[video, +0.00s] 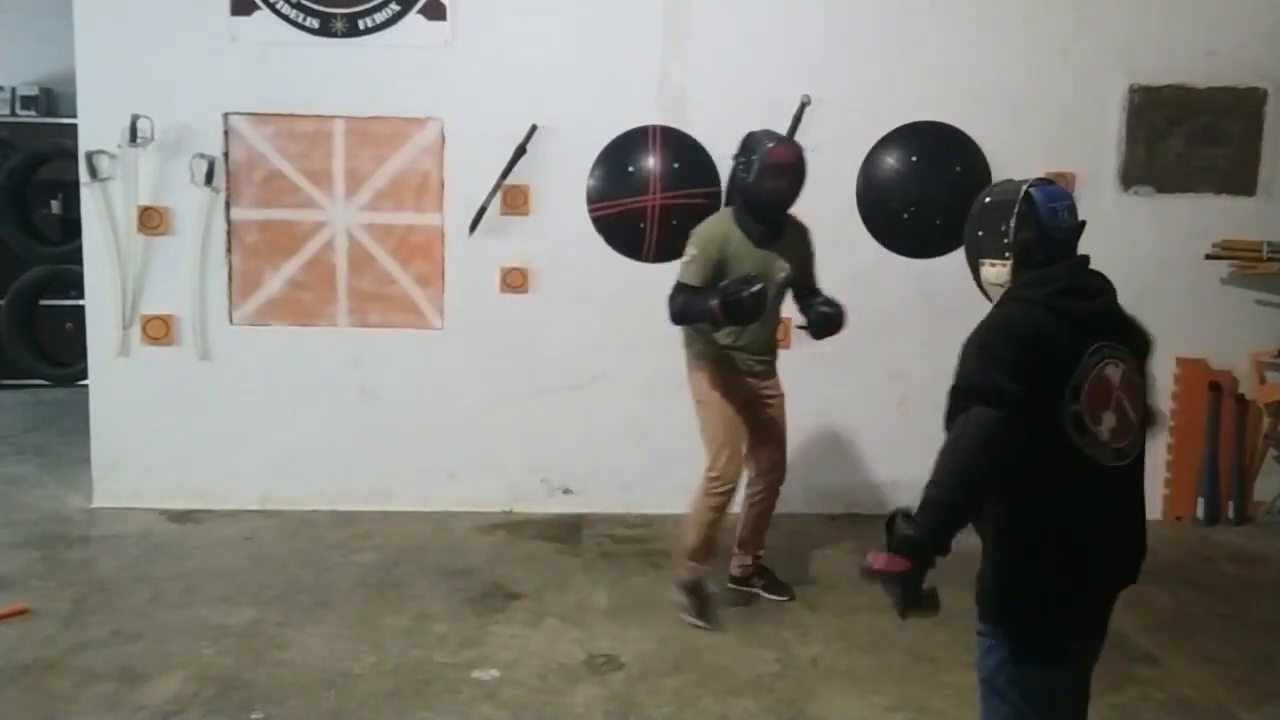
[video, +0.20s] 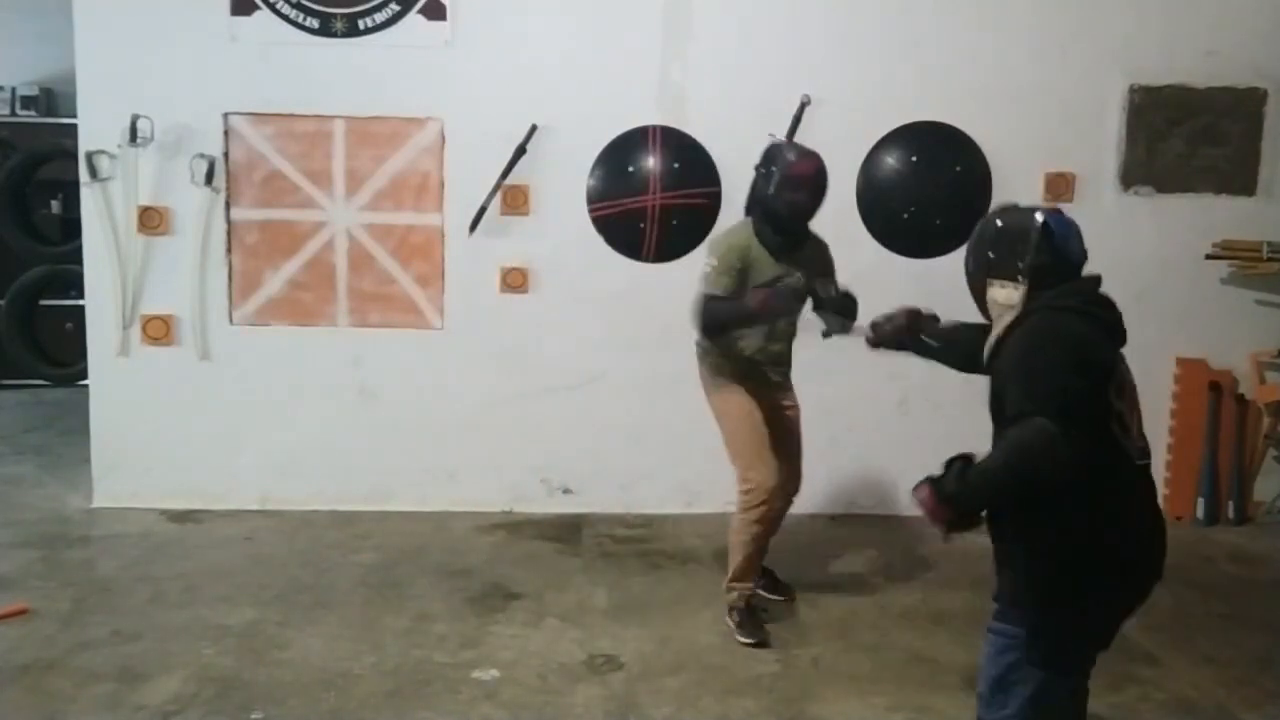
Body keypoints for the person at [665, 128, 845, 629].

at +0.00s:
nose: (785, 189)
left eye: (792, 179)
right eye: (776, 177)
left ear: (798, 182)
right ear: (748, 176)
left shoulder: (794, 235)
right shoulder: (714, 233)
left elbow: (805, 292)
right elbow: (679, 305)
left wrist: (821, 312)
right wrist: (719, 306)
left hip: (762, 368)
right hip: (713, 363)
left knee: (769, 467)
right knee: (726, 464)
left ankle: (747, 568)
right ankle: (692, 575)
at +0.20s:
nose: (802, 202)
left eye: (811, 193)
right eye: (793, 190)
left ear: (818, 198)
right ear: (767, 188)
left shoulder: (813, 251)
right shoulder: (733, 244)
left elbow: (835, 314)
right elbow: (708, 319)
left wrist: (836, 306)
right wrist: (763, 304)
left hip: (775, 375)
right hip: (727, 371)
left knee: (787, 482)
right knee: (761, 481)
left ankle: (751, 567)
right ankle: (738, 596)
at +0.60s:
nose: (830, 233)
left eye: (839, 223)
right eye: (821, 220)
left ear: (845, 226)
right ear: (793, 217)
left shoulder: (839, 279)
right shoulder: (760, 270)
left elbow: (836, 340)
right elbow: (716, 353)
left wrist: (852, 354)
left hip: (805, 405)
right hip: (751, 406)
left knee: (837, 501)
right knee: (786, 508)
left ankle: (780, 548)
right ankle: (772, 629)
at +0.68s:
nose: (829, 224)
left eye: (838, 214)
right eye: (819, 212)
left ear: (846, 217)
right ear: (792, 210)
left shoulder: (844, 271)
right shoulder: (760, 264)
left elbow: (845, 339)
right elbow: (702, 332)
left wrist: (861, 349)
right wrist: (729, 382)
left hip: (813, 405)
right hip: (762, 402)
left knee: (834, 499)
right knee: (784, 508)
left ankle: (791, 554)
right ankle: (771, 627)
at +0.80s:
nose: (820, 226)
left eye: (829, 216)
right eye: (811, 215)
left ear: (839, 213)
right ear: (790, 208)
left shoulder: (847, 262)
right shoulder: (761, 254)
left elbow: (862, 328)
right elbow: (700, 313)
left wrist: (888, 328)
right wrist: (718, 358)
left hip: (817, 396)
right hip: (769, 392)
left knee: (822, 496)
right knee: (786, 502)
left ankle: (790, 563)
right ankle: (770, 624)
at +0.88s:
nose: (817, 204)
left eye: (827, 194)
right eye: (808, 192)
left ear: (839, 200)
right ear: (787, 195)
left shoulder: (848, 257)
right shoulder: (759, 252)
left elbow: (874, 326)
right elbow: (708, 313)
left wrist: (890, 308)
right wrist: (725, 349)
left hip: (822, 392)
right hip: (774, 390)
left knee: (821, 492)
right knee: (788, 498)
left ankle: (790, 565)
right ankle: (769, 622)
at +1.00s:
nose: (819, 192)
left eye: (829, 182)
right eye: (809, 181)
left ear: (841, 189)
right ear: (786, 185)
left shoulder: (852, 249)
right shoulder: (761, 245)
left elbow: (890, 313)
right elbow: (718, 313)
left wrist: (892, 281)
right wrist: (744, 335)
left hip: (826, 385)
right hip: (775, 381)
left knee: (817, 488)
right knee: (789, 489)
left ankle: (789, 567)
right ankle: (770, 612)